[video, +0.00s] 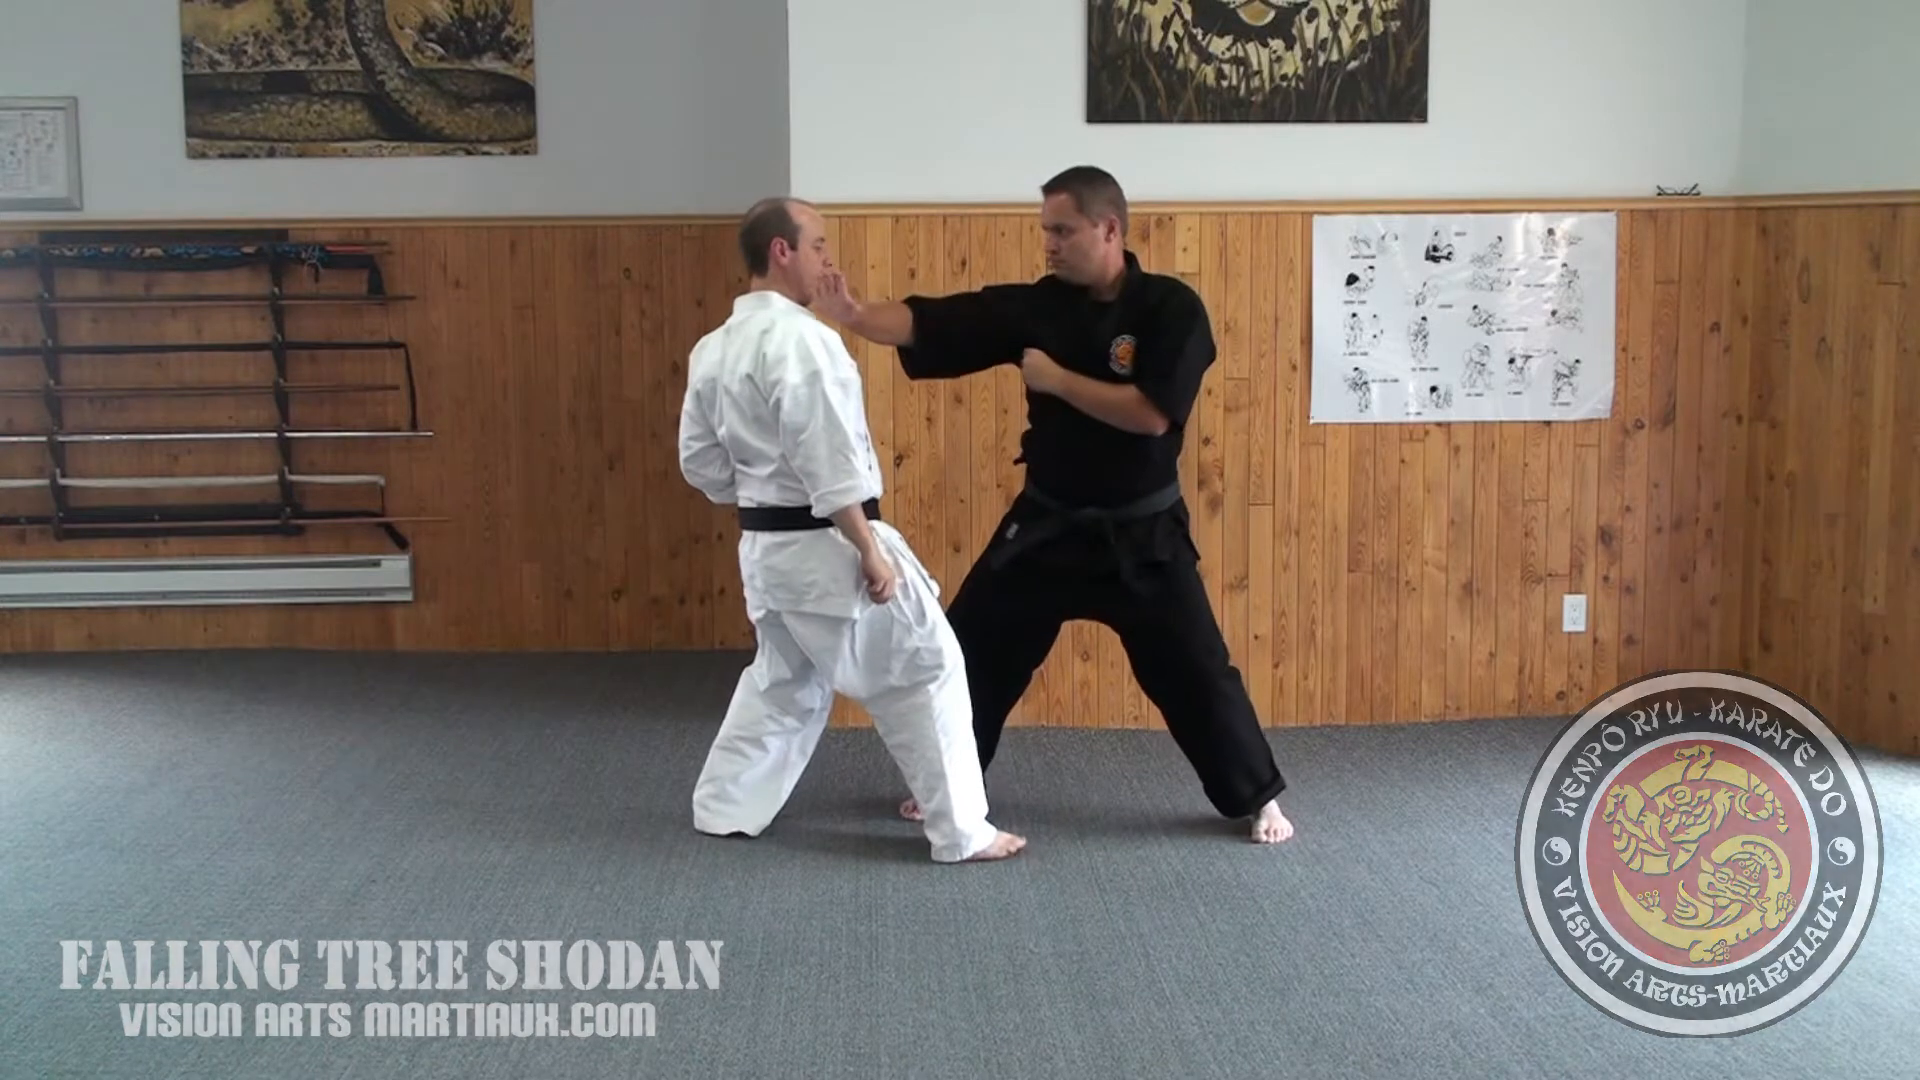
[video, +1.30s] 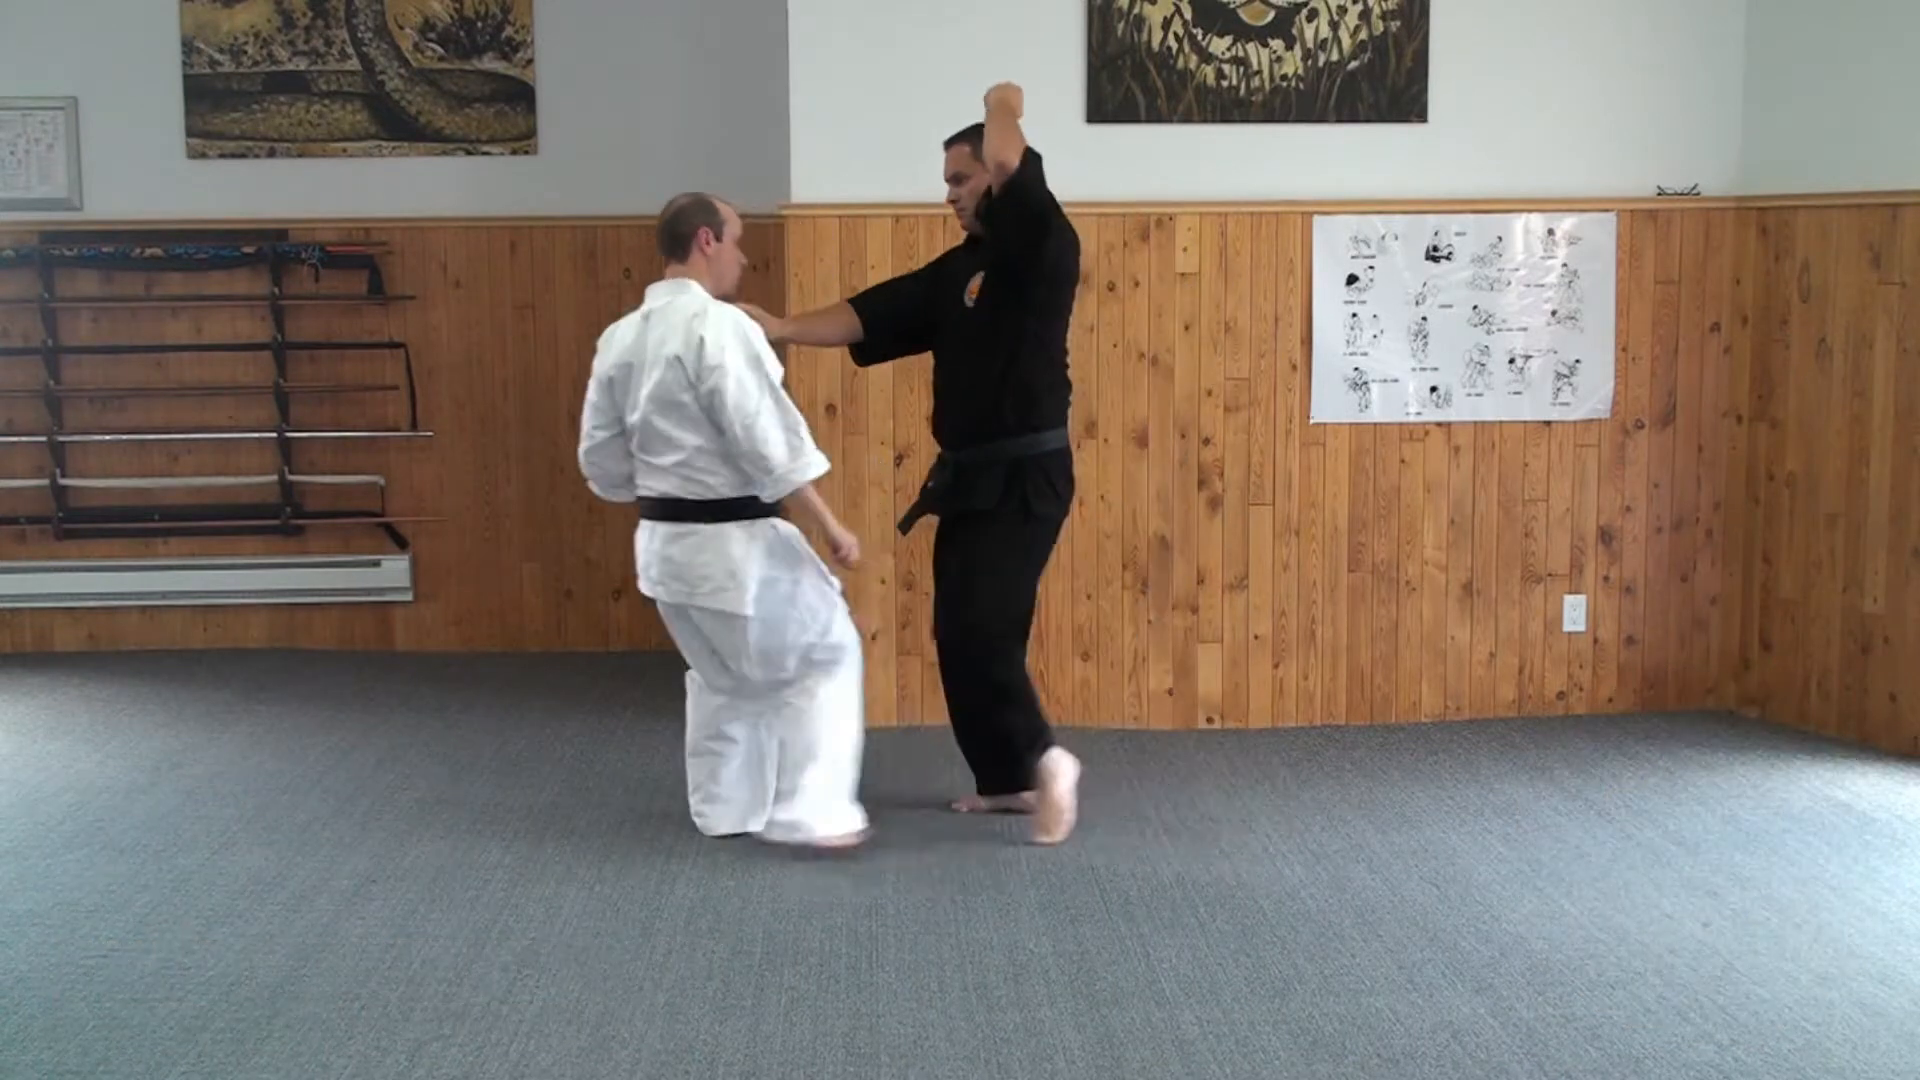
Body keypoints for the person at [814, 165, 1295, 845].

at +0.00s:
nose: (1048, 244)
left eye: (1061, 231)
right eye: (1045, 230)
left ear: (1111, 231)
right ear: (1048, 231)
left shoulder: (1171, 309)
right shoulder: (1034, 307)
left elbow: (1155, 414)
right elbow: (931, 322)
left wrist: (1055, 380)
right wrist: (857, 315)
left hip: (1142, 532)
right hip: (1043, 527)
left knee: (1197, 667)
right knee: (973, 651)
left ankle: (1258, 798)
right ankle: (946, 785)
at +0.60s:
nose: (1045, 218)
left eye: (1057, 205)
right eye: (1043, 206)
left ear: (1107, 202)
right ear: (1057, 209)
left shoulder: (1184, 283)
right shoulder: (1034, 297)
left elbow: (1239, 359)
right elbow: (937, 354)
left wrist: (1149, 307)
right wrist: (849, 348)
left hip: (1157, 512)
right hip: (1059, 513)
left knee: (1200, 659)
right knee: (989, 646)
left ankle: (1259, 800)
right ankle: (962, 782)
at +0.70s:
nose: (1032, 212)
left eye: (1043, 199)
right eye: (1030, 200)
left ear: (1090, 196)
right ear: (1070, 201)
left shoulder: (1160, 272)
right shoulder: (1027, 292)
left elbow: (1219, 302)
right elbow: (926, 354)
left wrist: (1131, 237)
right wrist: (833, 345)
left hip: (1143, 507)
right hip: (1049, 511)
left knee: (1189, 649)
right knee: (984, 639)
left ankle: (1258, 792)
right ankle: (1016, 777)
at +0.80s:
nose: (1015, 214)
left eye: (1025, 200)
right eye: (1013, 202)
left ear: (1074, 199)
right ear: (1051, 205)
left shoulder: (1125, 276)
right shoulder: (1011, 294)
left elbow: (1176, 253)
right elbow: (912, 350)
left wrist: (1106, 182)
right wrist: (824, 345)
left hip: (1118, 507)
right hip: (1030, 511)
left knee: (1172, 643)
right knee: (978, 639)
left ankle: (1259, 784)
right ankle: (1021, 781)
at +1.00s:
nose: (977, 207)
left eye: (987, 193)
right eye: (975, 196)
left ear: (1033, 193)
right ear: (992, 202)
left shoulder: (1072, 262)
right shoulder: (976, 287)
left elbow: (1073, 197)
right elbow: (883, 333)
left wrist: (1037, 130)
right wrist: (792, 333)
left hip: (1063, 491)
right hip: (991, 495)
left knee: (1101, 642)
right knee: (967, 644)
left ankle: (1218, 767)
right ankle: (1017, 784)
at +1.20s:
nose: (955, 198)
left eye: (965, 183)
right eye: (952, 187)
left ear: (1006, 177)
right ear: (964, 191)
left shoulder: (1048, 250)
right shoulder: (956, 276)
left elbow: (1019, 176)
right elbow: (865, 317)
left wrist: (1004, 118)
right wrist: (776, 324)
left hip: (1039, 473)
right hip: (972, 475)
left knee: (1011, 632)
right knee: (962, 634)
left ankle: (1111, 758)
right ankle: (1013, 781)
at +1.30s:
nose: (951, 194)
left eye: (962, 179)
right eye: (947, 182)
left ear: (1002, 175)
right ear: (955, 188)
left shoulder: (1043, 249)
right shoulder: (954, 270)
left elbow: (1012, 170)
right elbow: (868, 315)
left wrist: (1004, 109)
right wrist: (785, 328)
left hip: (1027, 469)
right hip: (968, 471)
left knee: (985, 628)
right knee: (958, 631)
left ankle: (1043, 763)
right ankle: (1003, 782)